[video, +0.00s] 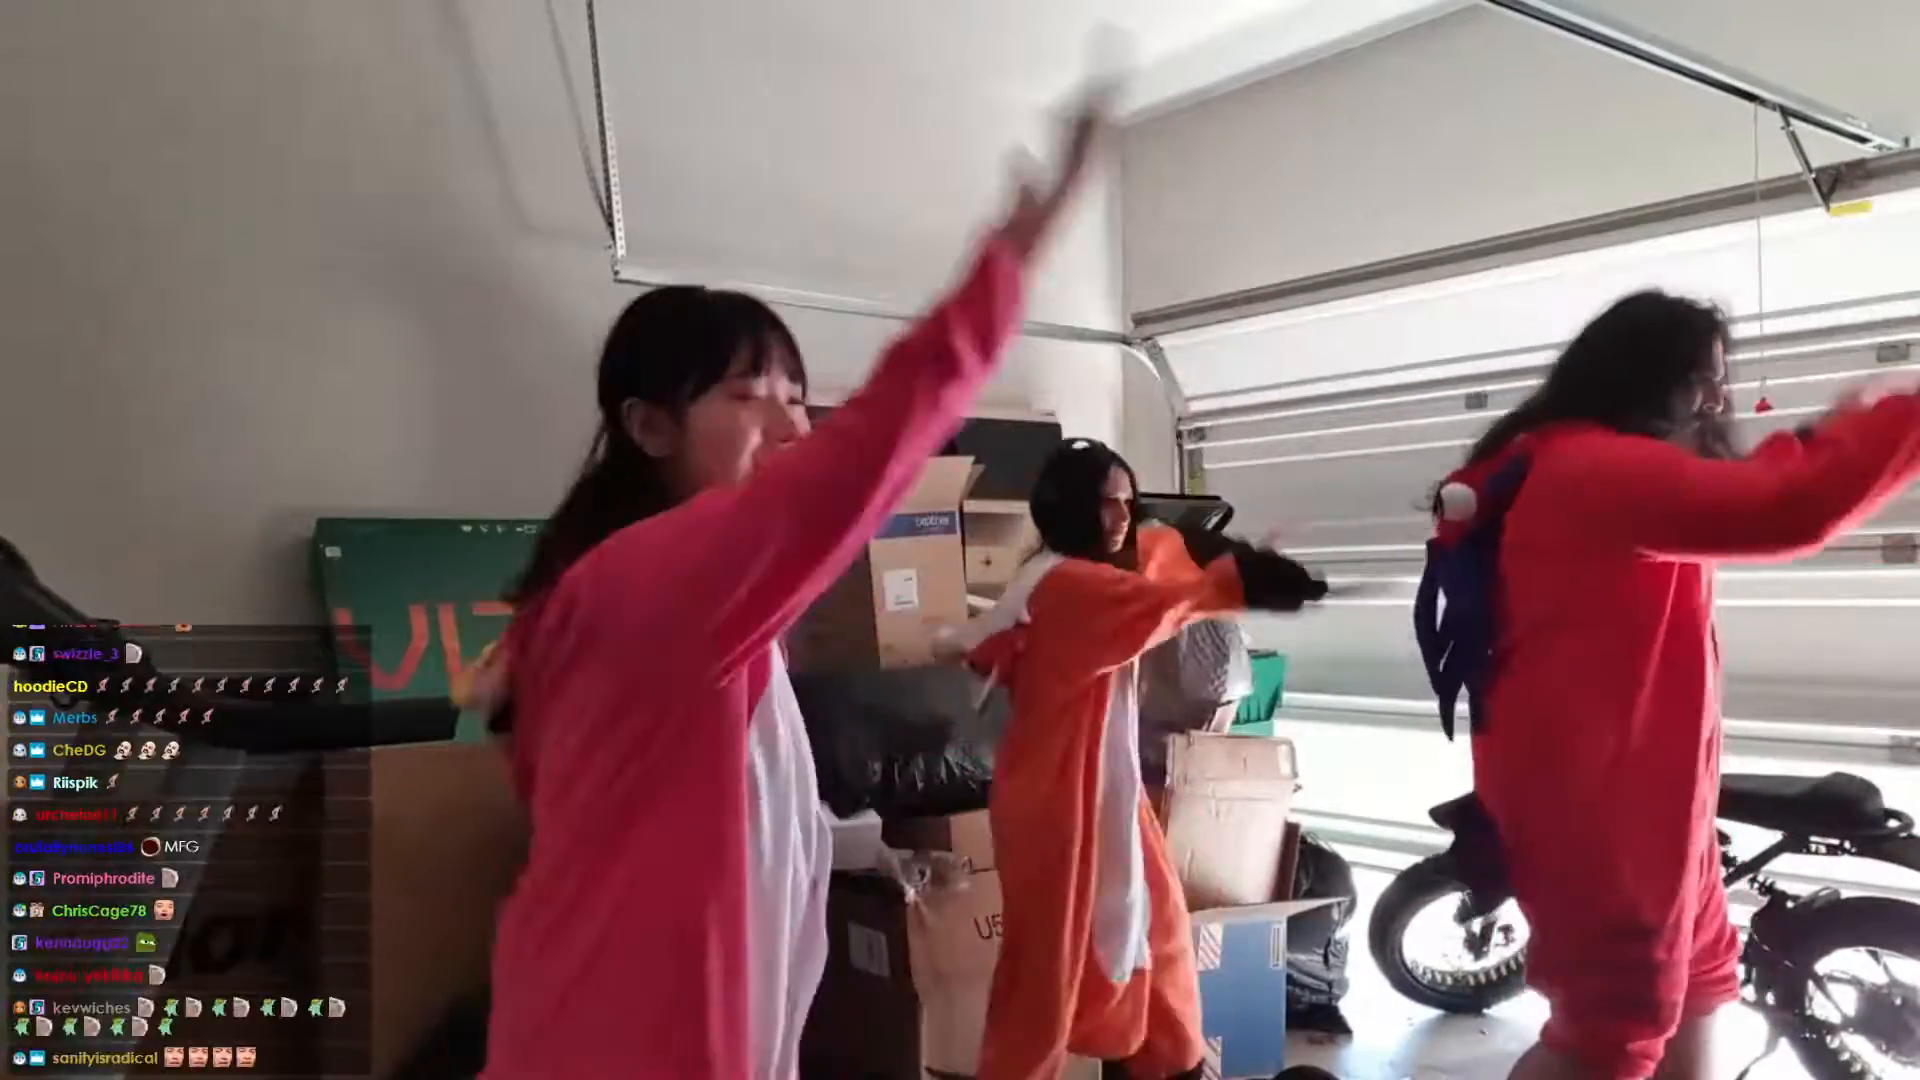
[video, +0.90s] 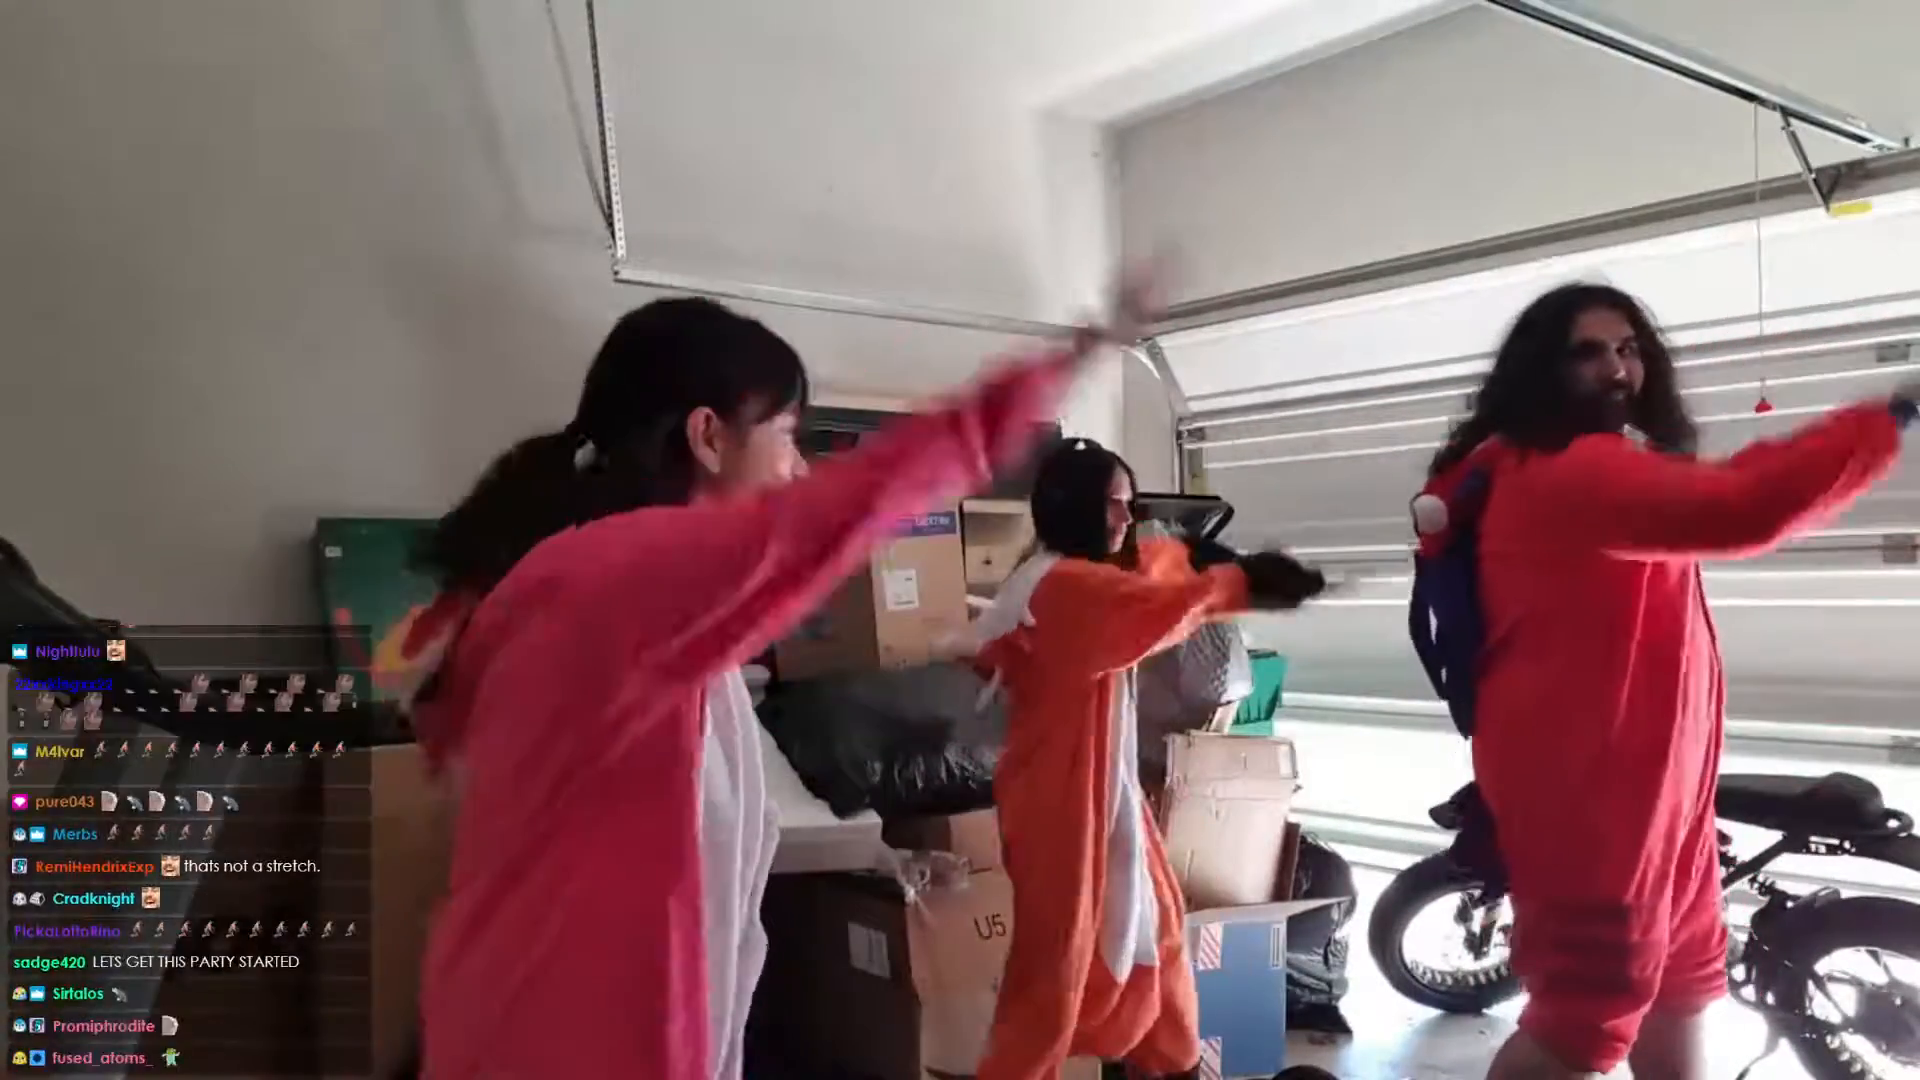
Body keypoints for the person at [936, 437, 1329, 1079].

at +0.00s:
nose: (1121, 517)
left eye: (1127, 502)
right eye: (1107, 504)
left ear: (1133, 503)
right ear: (1070, 508)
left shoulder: (1106, 573)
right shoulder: (1058, 582)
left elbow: (1168, 558)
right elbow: (1149, 602)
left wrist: (1239, 559)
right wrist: (1237, 582)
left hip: (1110, 782)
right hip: (1051, 790)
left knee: (1159, 918)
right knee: (1047, 934)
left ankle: (1167, 1061)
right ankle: (1019, 1068)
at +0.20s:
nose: (1148, 566)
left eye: (1151, 552)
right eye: (1135, 553)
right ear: (1099, 558)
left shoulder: (1081, 629)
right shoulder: (1086, 640)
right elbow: (1111, 771)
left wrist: (1153, 872)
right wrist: (1130, 882)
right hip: (1003, 850)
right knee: (1130, 978)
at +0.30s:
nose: (1146, 575)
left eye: (1148, 560)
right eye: (1134, 561)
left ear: (1077, 567)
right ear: (1098, 565)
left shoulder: (1074, 635)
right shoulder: (1083, 650)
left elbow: (1104, 765)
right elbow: (1075, 767)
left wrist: (1104, 864)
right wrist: (1058, 876)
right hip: (1002, 853)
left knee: (1148, 978)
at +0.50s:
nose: (1106, 524)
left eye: (1111, 510)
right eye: (1094, 509)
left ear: (1112, 511)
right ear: (1058, 512)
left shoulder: (1079, 587)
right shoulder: (1050, 590)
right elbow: (1149, 603)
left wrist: (1238, 570)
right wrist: (1266, 607)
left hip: (1130, 819)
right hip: (1074, 827)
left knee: (1170, 968)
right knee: (1041, 996)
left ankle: (1151, 1071)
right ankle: (1009, 1068)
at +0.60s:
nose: (1108, 520)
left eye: (1109, 508)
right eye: (1093, 508)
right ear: (1053, 520)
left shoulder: (1085, 594)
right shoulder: (1062, 604)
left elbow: (1140, 554)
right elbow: (1164, 590)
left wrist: (1187, 501)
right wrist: (1236, 536)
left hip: (1140, 810)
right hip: (1091, 816)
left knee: (1186, 967)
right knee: (1069, 977)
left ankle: (1150, 1068)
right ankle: (1028, 1065)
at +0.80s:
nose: (1127, 544)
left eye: (1126, 532)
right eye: (1115, 533)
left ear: (1060, 543)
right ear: (1084, 539)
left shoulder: (1097, 615)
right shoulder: (1071, 622)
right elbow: (1148, 590)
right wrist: (1184, 525)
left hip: (1146, 815)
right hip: (1099, 826)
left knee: (1217, 971)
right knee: (1101, 991)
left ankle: (1184, 1073)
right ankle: (1058, 1071)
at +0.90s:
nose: (1126, 516)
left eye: (1128, 503)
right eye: (1115, 503)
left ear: (1054, 510)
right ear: (1079, 507)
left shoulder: (1054, 580)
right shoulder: (1061, 584)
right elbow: (1155, 606)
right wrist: (1244, 584)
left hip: (1101, 784)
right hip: (1061, 790)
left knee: (1154, 911)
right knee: (1057, 938)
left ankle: (1165, 1058)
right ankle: (1019, 1067)